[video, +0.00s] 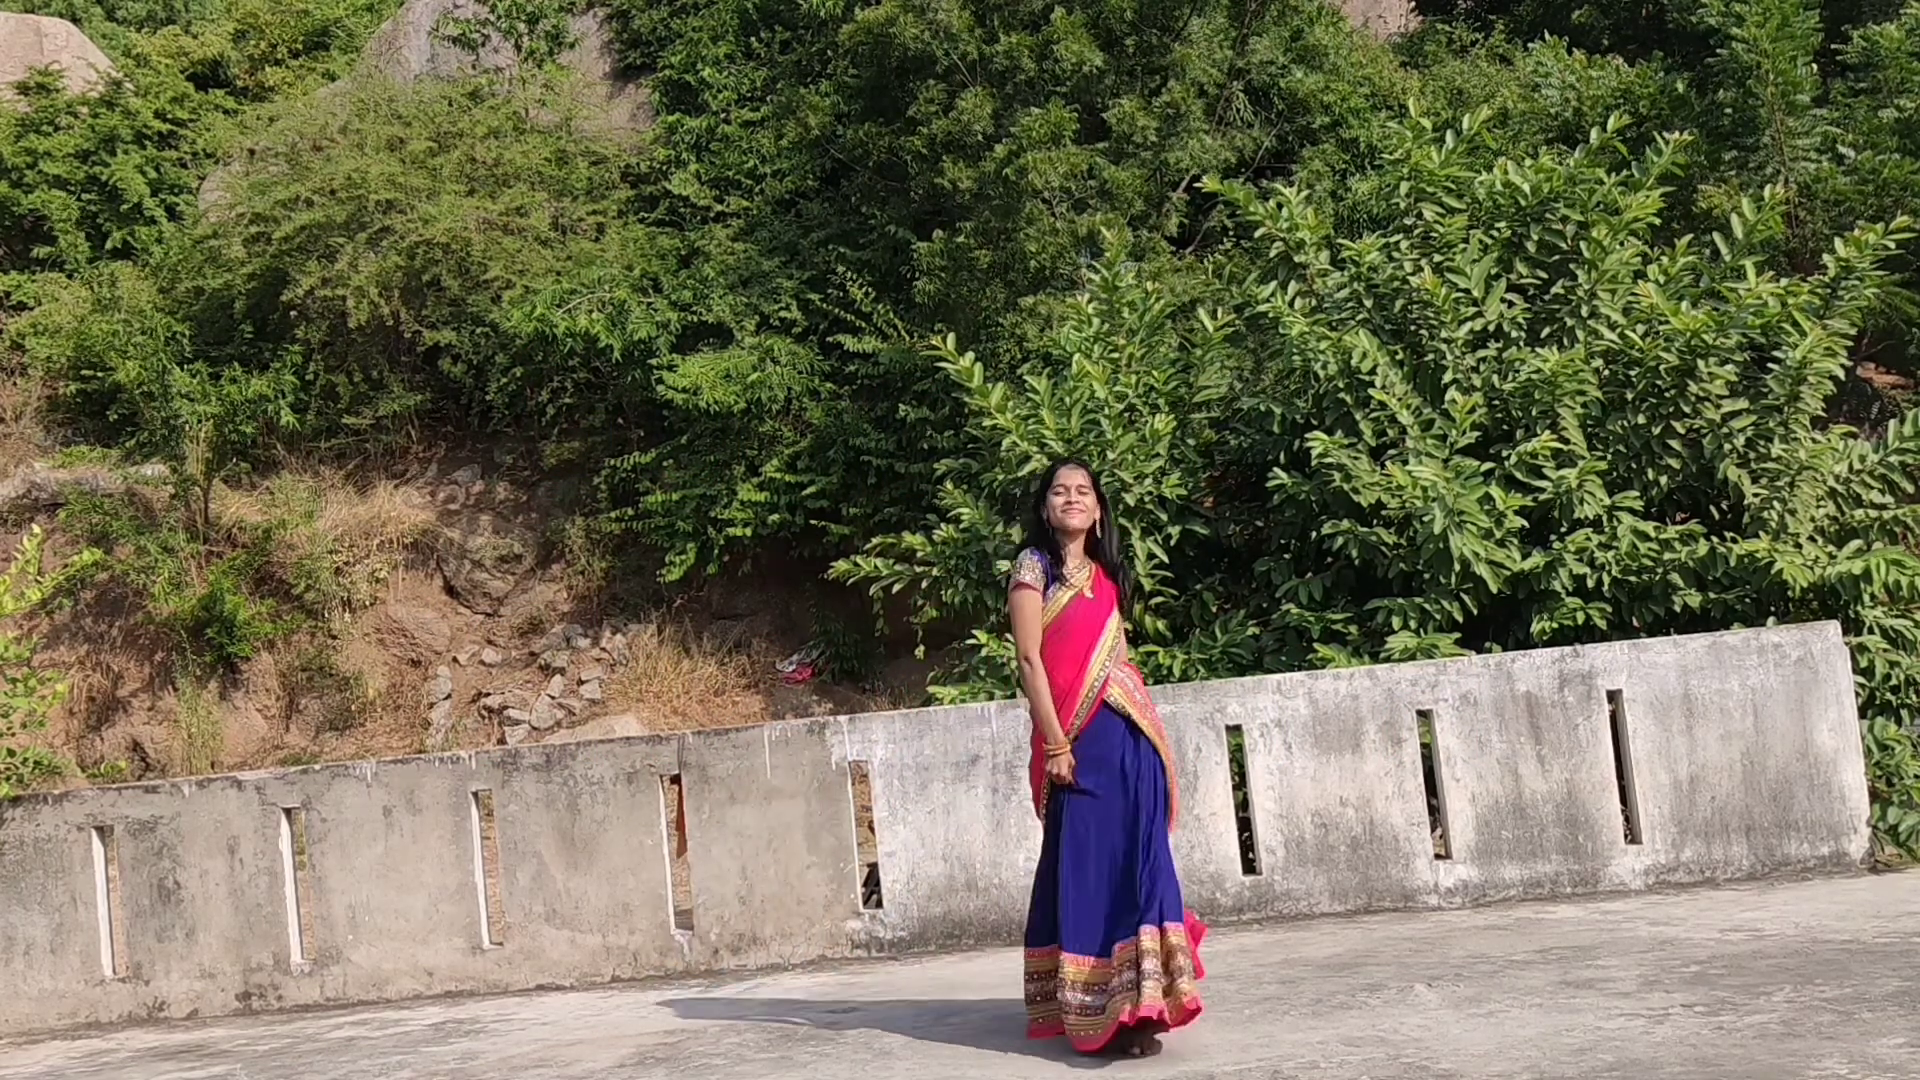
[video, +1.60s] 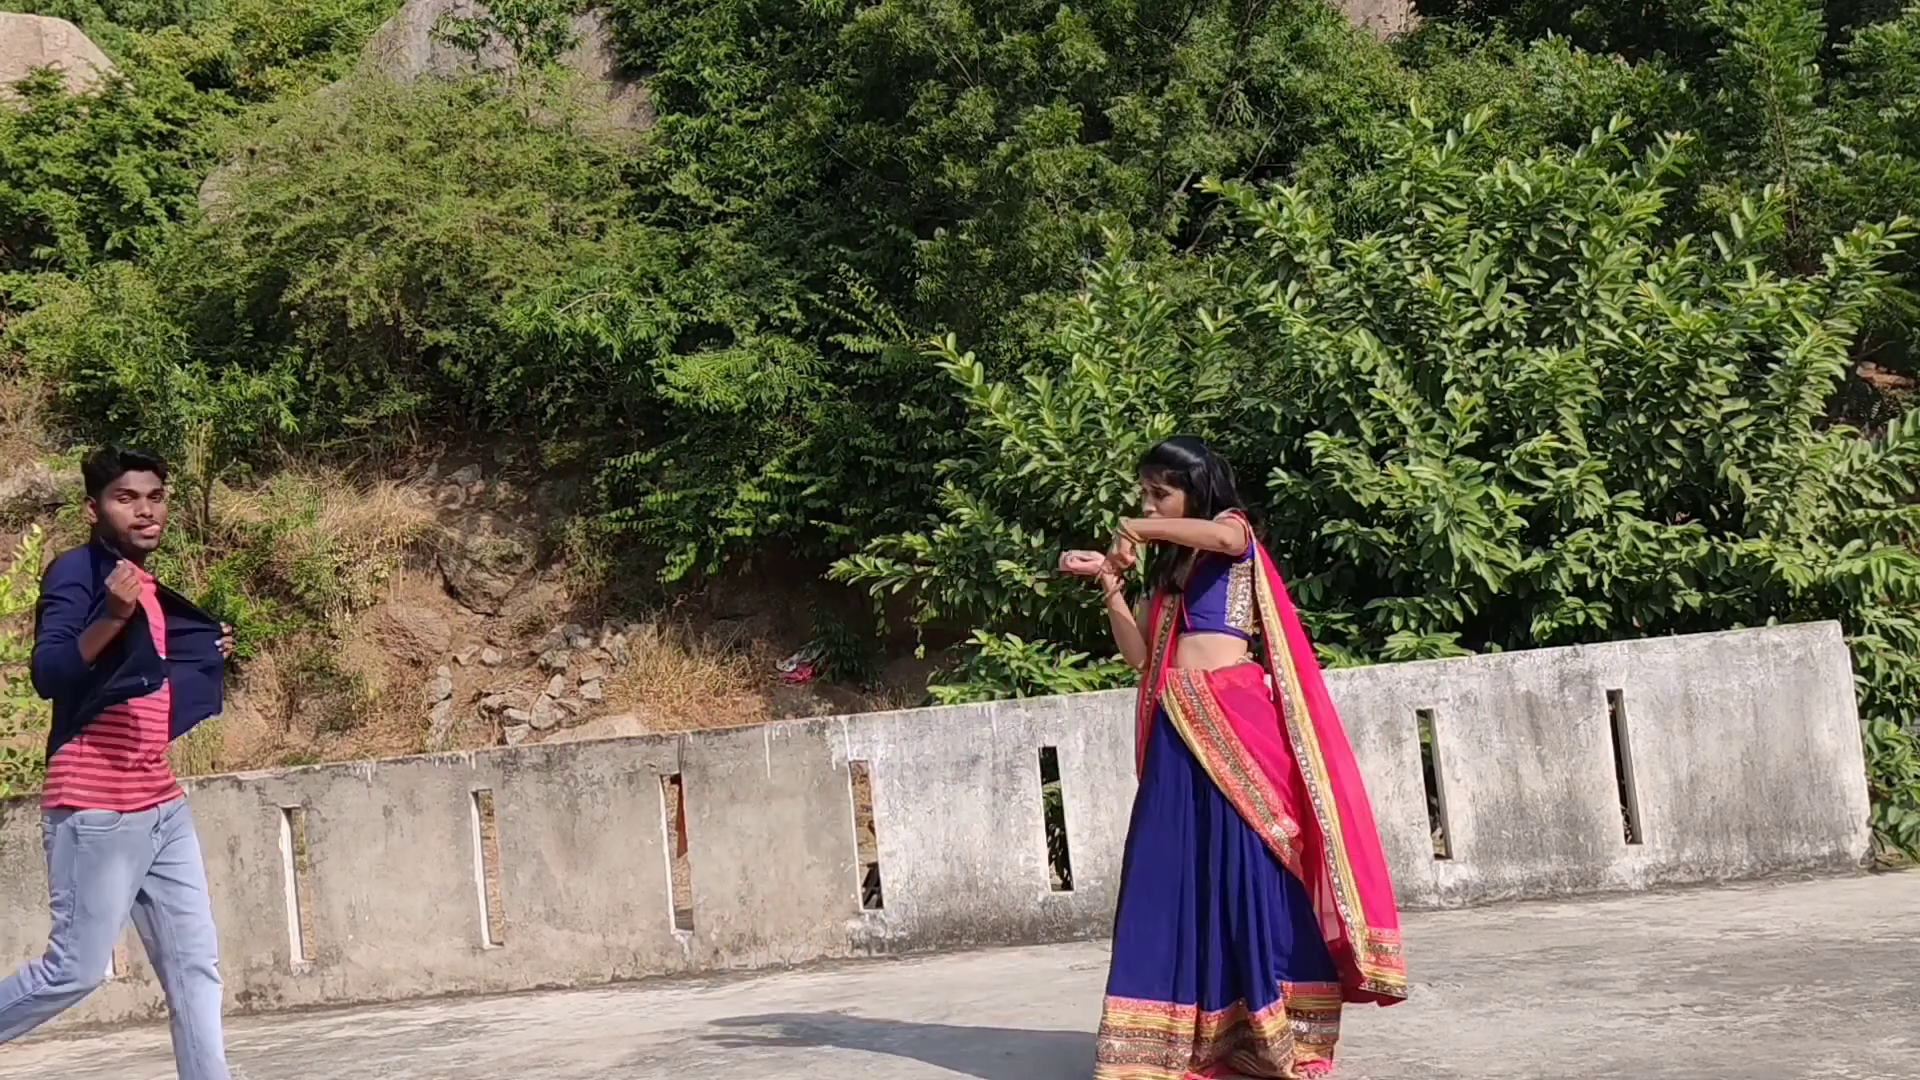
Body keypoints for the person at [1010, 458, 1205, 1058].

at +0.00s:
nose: (1072, 500)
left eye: (1082, 491)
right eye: (1061, 492)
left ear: (1099, 506)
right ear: (1044, 507)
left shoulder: (1103, 576)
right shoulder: (1034, 568)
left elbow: (1122, 662)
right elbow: (1029, 661)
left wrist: (1158, 745)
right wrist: (1055, 742)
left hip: (1134, 732)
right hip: (1083, 738)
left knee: (1141, 865)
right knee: (1091, 870)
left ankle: (1141, 1006)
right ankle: (1101, 1012)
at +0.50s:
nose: (1084, 483)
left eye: (1096, 475)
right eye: (1073, 477)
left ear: (1120, 493)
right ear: (1061, 497)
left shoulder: (1143, 560)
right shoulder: (1044, 567)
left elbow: (1185, 635)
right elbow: (994, 635)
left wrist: (1232, 697)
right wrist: (1016, 690)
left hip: (1143, 746)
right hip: (1071, 751)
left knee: (1161, 881)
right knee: (1088, 888)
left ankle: (1169, 1031)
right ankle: (1109, 1037)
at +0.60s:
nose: (1075, 481)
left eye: (1088, 472)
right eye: (1067, 475)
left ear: (1117, 489)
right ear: (1059, 495)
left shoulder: (1150, 551)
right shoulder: (1050, 564)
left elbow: (1188, 634)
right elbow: (975, 625)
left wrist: (1222, 709)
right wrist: (1018, 627)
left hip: (1143, 729)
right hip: (1077, 736)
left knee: (1148, 875)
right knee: (1095, 879)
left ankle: (1164, 1028)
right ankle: (1109, 1032)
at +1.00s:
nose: (1102, 504)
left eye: (1116, 493)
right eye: (1100, 493)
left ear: (1153, 497)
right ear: (1104, 502)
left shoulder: (1192, 538)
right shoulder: (1118, 579)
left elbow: (1192, 599)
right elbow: (1035, 636)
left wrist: (1157, 645)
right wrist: (970, 590)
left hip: (1186, 732)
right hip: (1127, 736)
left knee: (1203, 878)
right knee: (1125, 881)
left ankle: (1262, 1039)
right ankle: (1143, 1047)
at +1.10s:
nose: (1120, 506)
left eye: (1132, 493)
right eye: (1116, 495)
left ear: (1169, 491)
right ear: (1123, 501)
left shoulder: (1207, 528)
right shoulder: (1141, 568)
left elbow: (1172, 587)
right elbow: (1060, 618)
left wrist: (1090, 611)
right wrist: (962, 629)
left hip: (1209, 721)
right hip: (1151, 726)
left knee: (1225, 873)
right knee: (1143, 877)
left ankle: (1253, 1040)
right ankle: (1147, 1045)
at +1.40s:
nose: (1145, 512)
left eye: (1157, 498)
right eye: (1141, 500)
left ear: (1194, 494)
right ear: (1149, 503)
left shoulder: (1229, 526)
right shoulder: (1166, 571)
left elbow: (1154, 557)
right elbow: (1100, 637)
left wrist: (1064, 565)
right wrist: (1020, 609)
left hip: (1230, 722)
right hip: (1172, 728)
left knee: (1242, 877)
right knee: (1154, 880)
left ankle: (1270, 1045)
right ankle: (1154, 1050)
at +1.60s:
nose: (1149, 508)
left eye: (1161, 495)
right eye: (1145, 496)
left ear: (1199, 494)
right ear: (1149, 505)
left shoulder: (1235, 535)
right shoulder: (1170, 571)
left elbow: (1225, 534)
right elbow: (1142, 656)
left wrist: (1137, 526)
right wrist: (1109, 584)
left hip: (1237, 721)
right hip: (1175, 728)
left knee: (1248, 874)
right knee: (1164, 876)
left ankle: (1271, 1039)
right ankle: (1180, 1044)